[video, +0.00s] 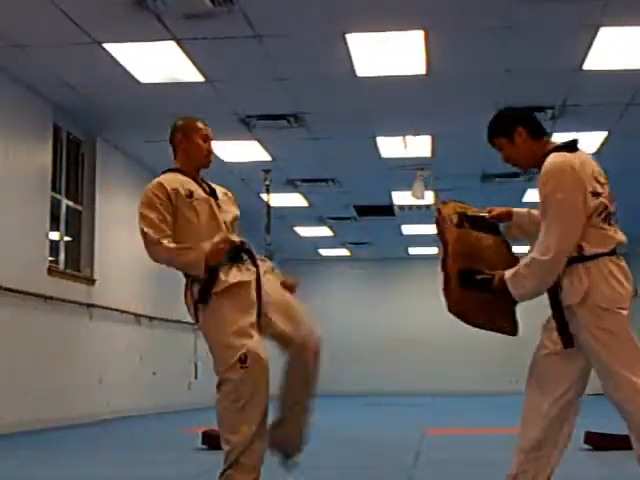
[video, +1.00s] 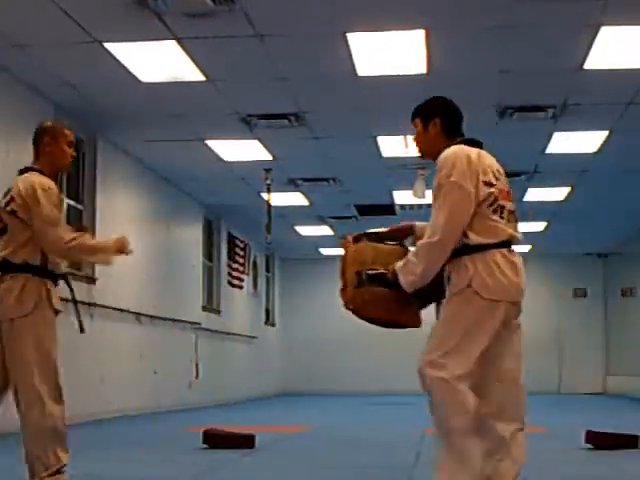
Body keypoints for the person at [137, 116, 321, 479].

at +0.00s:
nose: (211, 146)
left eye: (211, 140)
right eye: (203, 139)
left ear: (204, 146)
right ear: (180, 143)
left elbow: (234, 245)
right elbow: (157, 248)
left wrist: (274, 276)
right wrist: (203, 256)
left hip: (255, 277)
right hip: (217, 287)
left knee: (306, 339)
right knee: (245, 368)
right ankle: (240, 470)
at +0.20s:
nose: (219, 154)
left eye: (218, 148)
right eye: (211, 148)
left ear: (213, 156)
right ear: (188, 154)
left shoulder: (229, 208)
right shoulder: (171, 204)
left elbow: (261, 241)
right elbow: (155, 261)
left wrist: (293, 230)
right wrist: (200, 267)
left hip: (242, 301)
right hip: (201, 300)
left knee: (254, 388)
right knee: (220, 366)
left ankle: (243, 465)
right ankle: (227, 464)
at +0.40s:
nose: (198, 140)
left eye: (198, 134)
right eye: (190, 132)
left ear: (190, 142)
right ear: (166, 137)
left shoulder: (196, 188)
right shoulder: (150, 178)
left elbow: (202, 234)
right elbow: (125, 232)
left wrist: (220, 239)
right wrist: (182, 243)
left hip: (204, 284)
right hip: (171, 280)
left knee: (221, 371)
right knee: (180, 367)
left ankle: (213, 466)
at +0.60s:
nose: (163, 160)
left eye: (163, 154)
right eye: (157, 152)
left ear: (139, 157)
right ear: (133, 155)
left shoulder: (142, 204)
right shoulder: (117, 192)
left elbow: (130, 264)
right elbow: (104, 240)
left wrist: (163, 269)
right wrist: (162, 239)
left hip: (150, 304)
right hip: (123, 304)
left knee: (179, 396)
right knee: (104, 396)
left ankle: (198, 471)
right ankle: (56, 471)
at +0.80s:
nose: (115, 151)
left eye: (115, 145)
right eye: (110, 143)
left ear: (95, 148)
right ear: (87, 145)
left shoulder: (85, 189)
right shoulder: (70, 183)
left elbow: (83, 261)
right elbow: (109, 213)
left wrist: (119, 270)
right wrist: (162, 225)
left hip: (87, 294)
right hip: (66, 293)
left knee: (94, 383)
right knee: (63, 384)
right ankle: (53, 470)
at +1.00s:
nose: (74, 152)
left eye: (74, 146)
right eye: (69, 144)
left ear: (49, 148)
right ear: (47, 146)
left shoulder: (29, 184)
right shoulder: (37, 185)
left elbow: (46, 240)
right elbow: (57, 241)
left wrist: (82, 242)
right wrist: (112, 247)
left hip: (17, 291)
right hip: (23, 293)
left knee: (32, 387)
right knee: (39, 387)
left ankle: (45, 468)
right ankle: (48, 470)